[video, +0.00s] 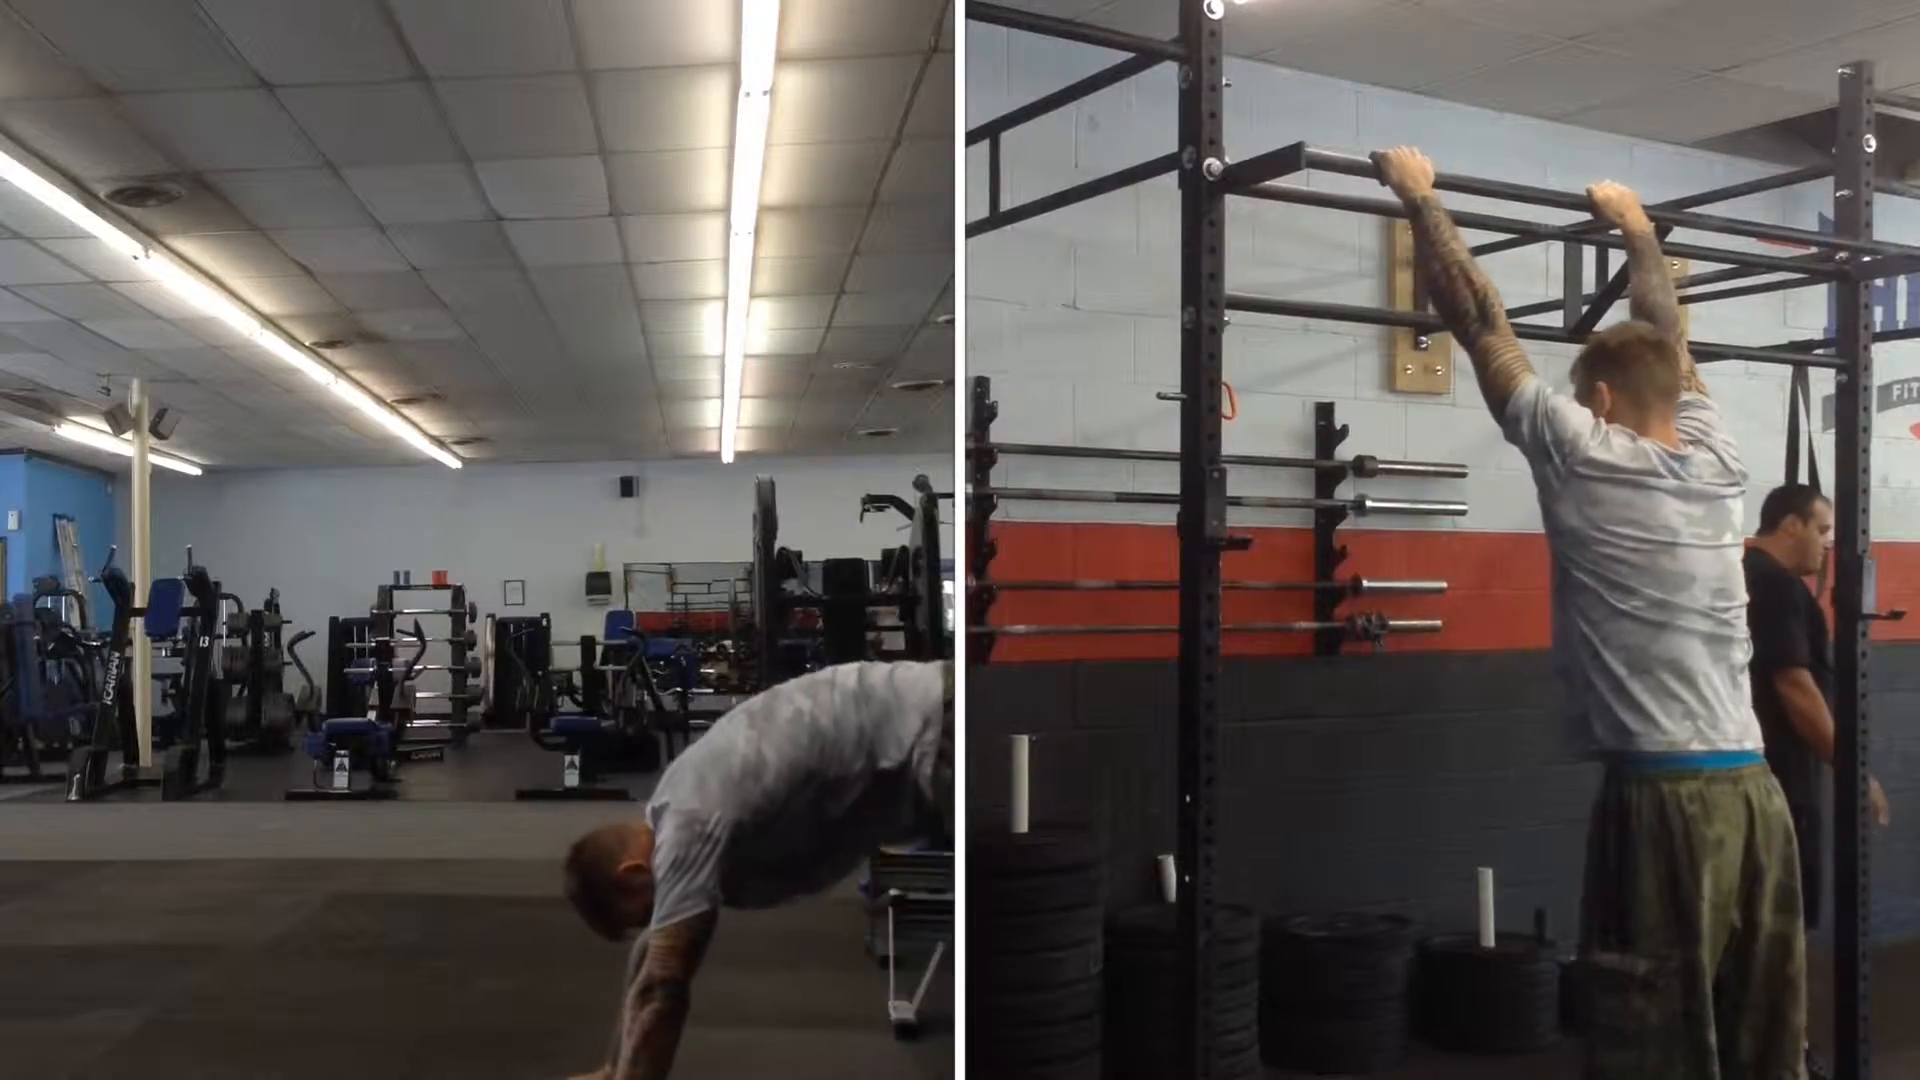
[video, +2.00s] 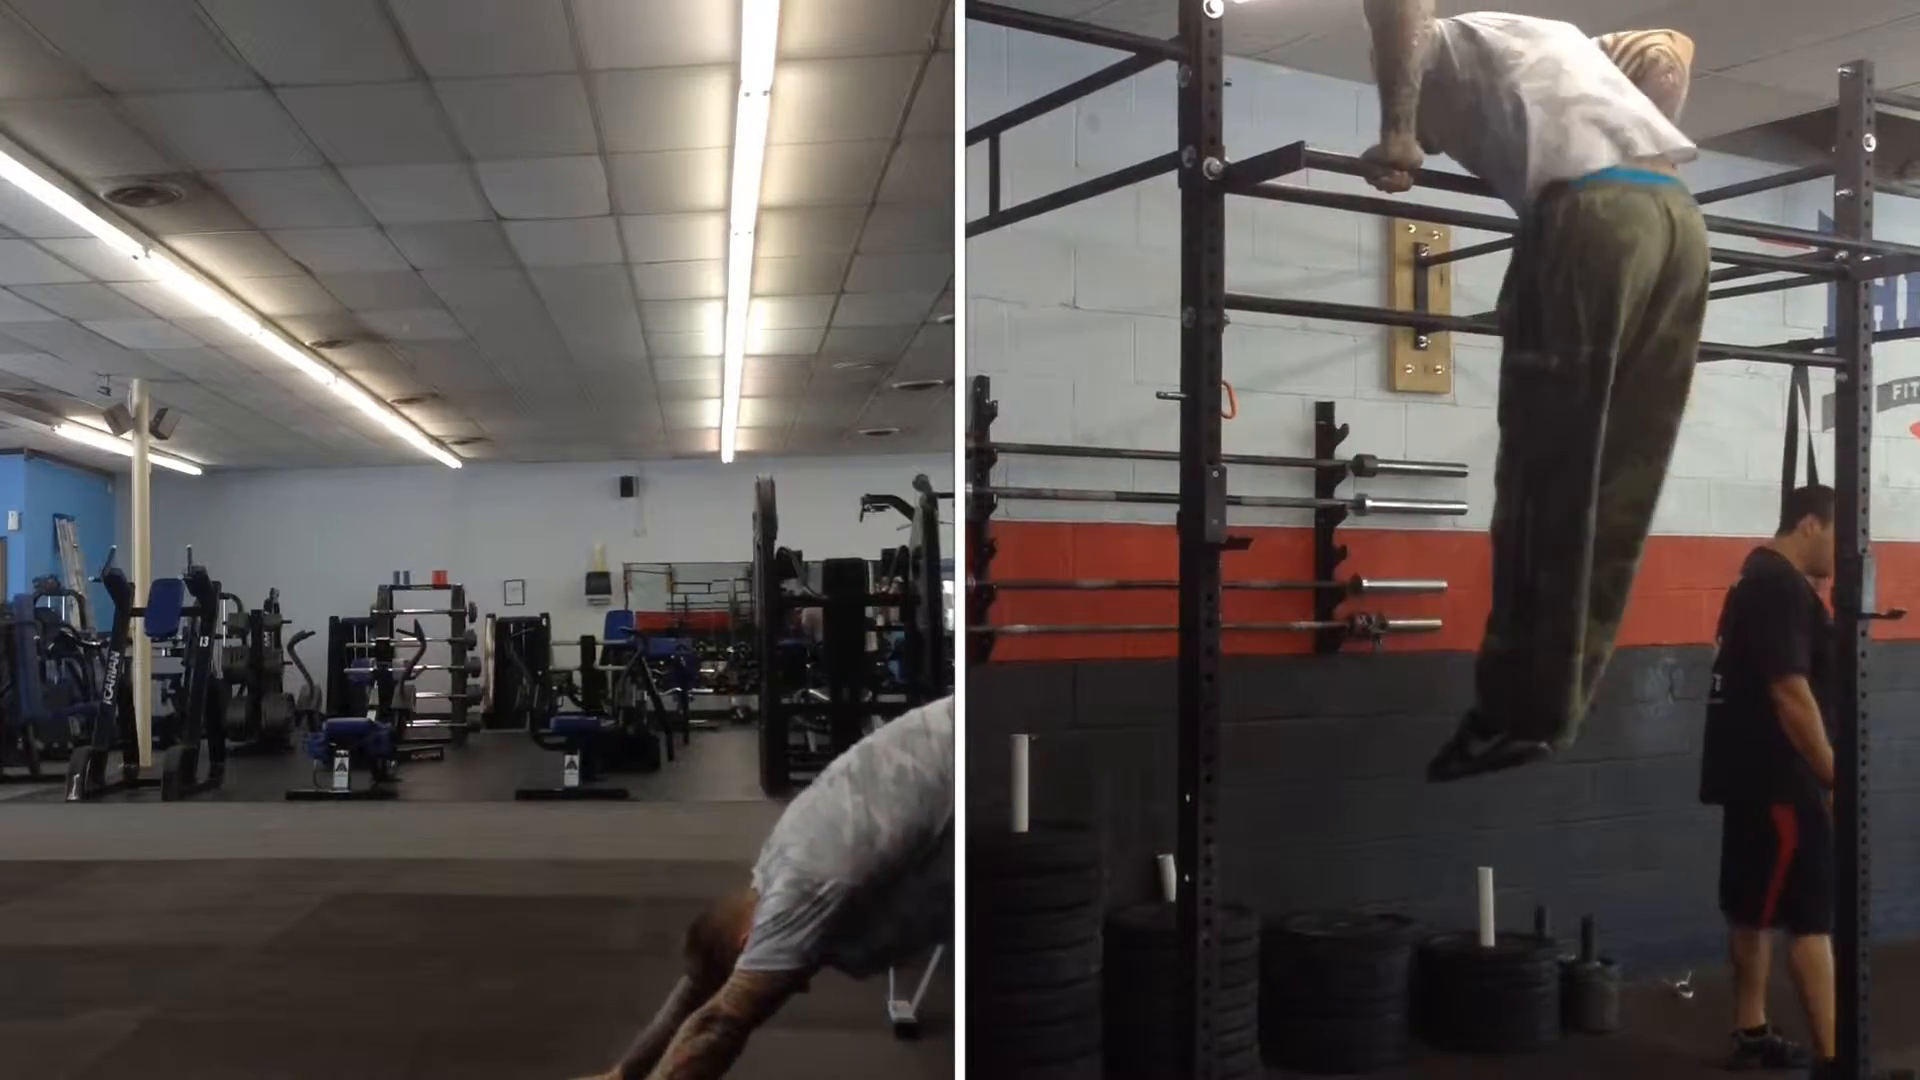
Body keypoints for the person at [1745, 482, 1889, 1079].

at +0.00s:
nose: (1828, 543)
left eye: (1830, 531)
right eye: (1824, 529)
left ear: (1785, 526)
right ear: (1790, 525)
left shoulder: (1748, 570)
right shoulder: (1777, 583)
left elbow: (1788, 681)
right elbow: (1791, 685)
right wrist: (1856, 772)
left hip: (1760, 771)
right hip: (1787, 779)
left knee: (1775, 922)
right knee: (1792, 926)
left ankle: (1779, 1046)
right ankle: (1792, 1050)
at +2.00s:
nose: (1841, 553)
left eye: (1843, 540)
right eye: (1839, 538)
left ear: (1802, 526)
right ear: (1810, 526)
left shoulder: (1760, 581)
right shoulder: (1781, 585)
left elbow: (1772, 690)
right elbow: (1786, 693)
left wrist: (1820, 769)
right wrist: (1835, 773)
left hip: (1750, 774)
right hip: (1784, 777)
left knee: (1749, 910)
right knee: (1811, 920)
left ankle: (1752, 1032)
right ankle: (1832, 1051)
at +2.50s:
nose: (1866, 535)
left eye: (1866, 522)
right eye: (1862, 522)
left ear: (1814, 514)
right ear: (1835, 517)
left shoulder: (1784, 577)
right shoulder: (1825, 586)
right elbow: (1849, 700)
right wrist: (1895, 787)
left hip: (1791, 771)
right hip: (1827, 778)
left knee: (1807, 910)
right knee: (1834, 919)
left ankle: (1769, 1017)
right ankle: (1840, 1054)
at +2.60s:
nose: (1877, 531)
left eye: (1877, 518)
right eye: (1871, 517)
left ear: (1821, 513)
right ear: (1841, 515)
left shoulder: (1785, 581)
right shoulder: (1829, 587)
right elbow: (1860, 696)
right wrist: (1911, 781)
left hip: (1799, 777)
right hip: (1836, 783)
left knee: (1824, 913)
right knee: (1841, 924)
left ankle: (1785, 1005)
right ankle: (1844, 1054)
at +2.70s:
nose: (1883, 530)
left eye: (1883, 517)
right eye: (1876, 517)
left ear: (1827, 513)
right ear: (1844, 515)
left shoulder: (1790, 581)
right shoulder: (1839, 588)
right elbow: (1869, 702)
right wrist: (1915, 773)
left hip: (1802, 781)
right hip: (1840, 788)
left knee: (1830, 915)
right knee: (1844, 925)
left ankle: (1819, 1026)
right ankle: (1841, 1054)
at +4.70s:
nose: (1916, 524)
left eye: (1912, 511)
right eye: (1919, 512)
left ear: (1904, 515)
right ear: (1917, 517)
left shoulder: (1876, 577)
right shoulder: (1891, 577)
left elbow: (1845, 658)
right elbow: (1849, 660)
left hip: (1885, 767)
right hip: (1901, 770)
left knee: (1900, 914)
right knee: (1902, 915)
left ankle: (1883, 1029)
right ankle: (1883, 1031)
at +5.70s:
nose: (1892, 523)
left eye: (1887, 512)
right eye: (1888, 513)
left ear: (1826, 519)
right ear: (1876, 517)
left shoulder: (1790, 588)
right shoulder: (1902, 592)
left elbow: (1766, 665)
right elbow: (1907, 688)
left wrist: (1798, 727)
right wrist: (1898, 737)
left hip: (1814, 776)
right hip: (1894, 779)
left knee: (1813, 924)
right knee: (1904, 934)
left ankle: (1804, 1053)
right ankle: (1915, 1058)